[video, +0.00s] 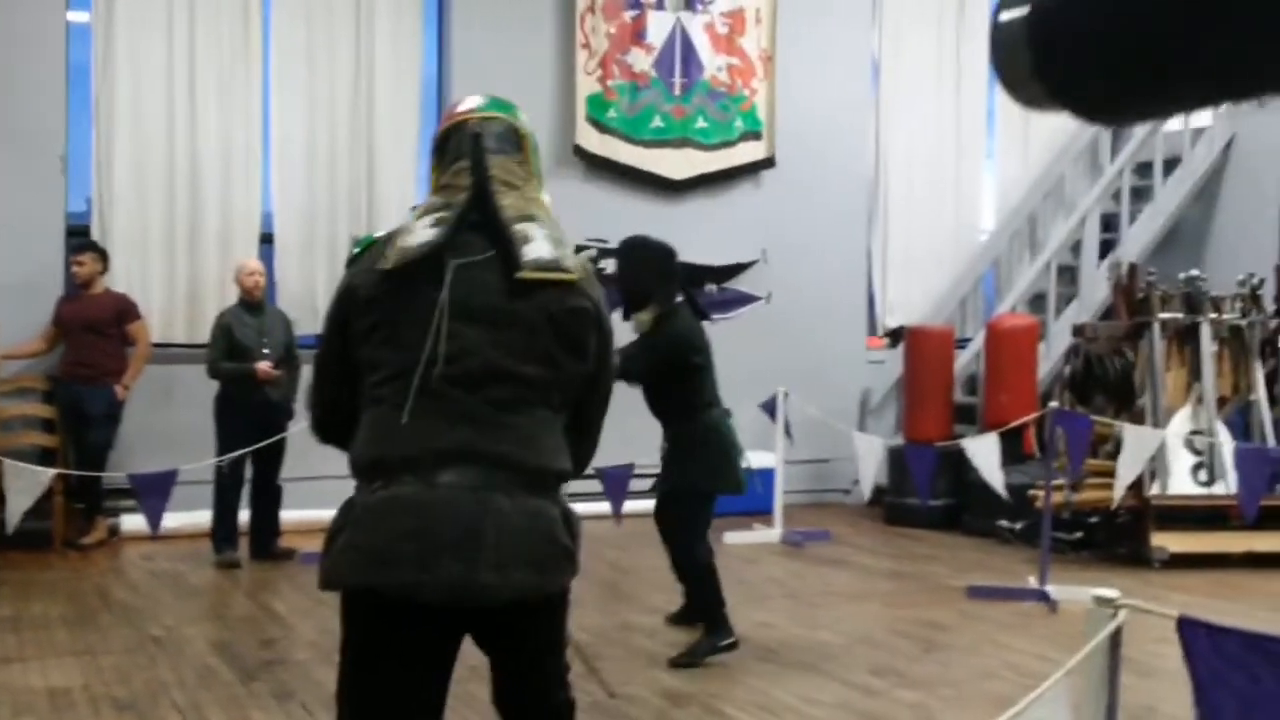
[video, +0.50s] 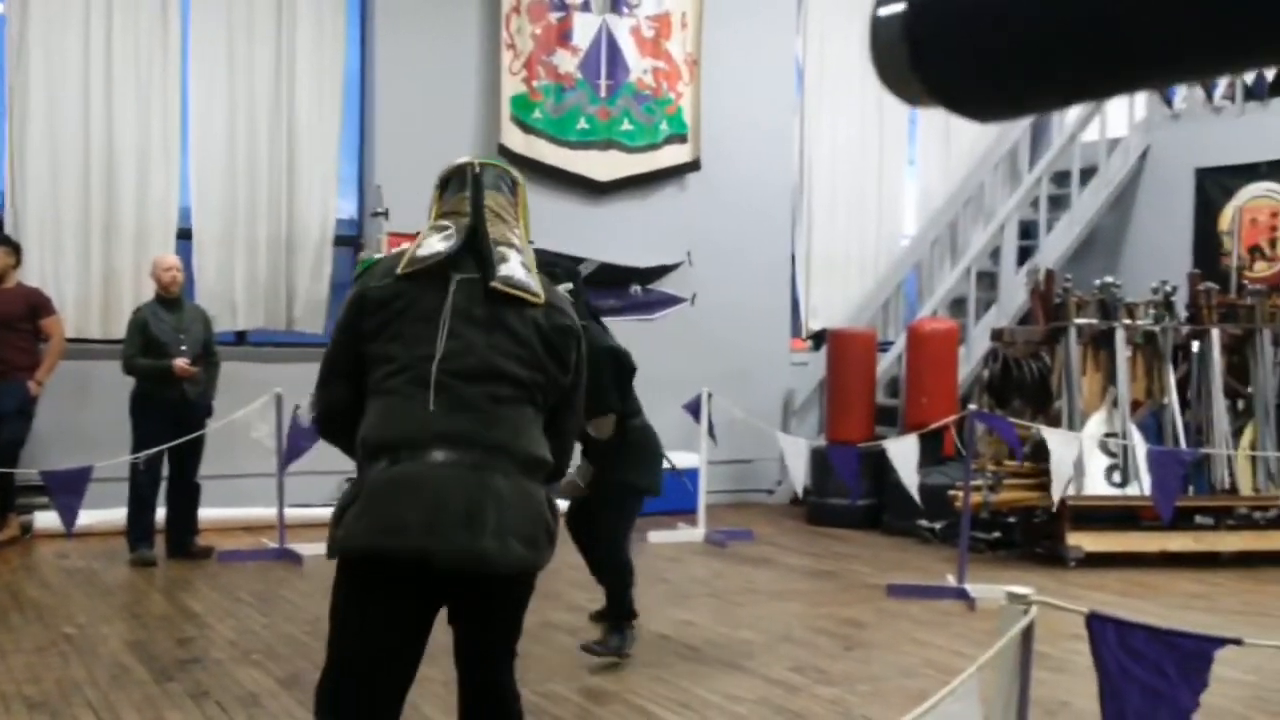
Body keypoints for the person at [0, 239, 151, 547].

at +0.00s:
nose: (75, 269)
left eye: (82, 263)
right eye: (73, 264)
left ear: (101, 266)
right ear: (72, 268)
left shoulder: (119, 303)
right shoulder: (67, 304)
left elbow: (144, 344)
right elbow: (45, 343)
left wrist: (126, 384)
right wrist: (5, 354)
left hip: (104, 389)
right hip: (69, 387)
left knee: (93, 454)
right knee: (77, 455)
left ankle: (97, 521)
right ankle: (86, 520)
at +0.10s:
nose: (58, 267)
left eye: (65, 262)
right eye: (56, 263)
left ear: (84, 265)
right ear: (54, 266)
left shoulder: (103, 302)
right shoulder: (50, 302)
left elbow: (127, 342)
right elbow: (31, 340)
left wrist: (108, 383)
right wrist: (2, 351)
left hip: (86, 388)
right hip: (51, 386)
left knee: (75, 453)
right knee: (58, 454)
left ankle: (79, 520)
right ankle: (67, 519)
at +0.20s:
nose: (40, 267)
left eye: (47, 262)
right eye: (38, 262)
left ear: (66, 264)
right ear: (37, 266)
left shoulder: (86, 302)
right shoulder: (31, 302)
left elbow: (110, 343)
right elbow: (14, 336)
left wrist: (91, 384)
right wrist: (1, 348)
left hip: (69, 387)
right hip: (33, 385)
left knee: (58, 453)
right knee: (40, 453)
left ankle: (60, 519)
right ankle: (52, 518)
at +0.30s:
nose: (20, 265)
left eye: (27, 259)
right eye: (17, 260)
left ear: (45, 263)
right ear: (15, 264)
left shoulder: (63, 300)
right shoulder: (10, 301)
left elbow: (88, 340)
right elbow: (8, 341)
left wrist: (69, 382)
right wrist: (7, 375)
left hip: (48, 385)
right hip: (13, 384)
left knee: (35, 452)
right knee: (21, 453)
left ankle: (40, 520)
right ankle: (29, 517)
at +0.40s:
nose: (2, 263)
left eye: (8, 258)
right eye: (1, 258)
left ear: (26, 260)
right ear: (3, 261)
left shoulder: (43, 298)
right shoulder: (6, 295)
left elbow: (70, 338)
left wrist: (50, 380)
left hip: (27, 384)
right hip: (7, 383)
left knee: (16, 455)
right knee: (9, 454)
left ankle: (18, 519)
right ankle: (19, 519)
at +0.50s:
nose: (0, 260)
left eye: (4, 255)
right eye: (0, 255)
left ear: (15, 260)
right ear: (5, 260)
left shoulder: (30, 297)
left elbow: (58, 338)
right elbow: (57, 337)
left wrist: (39, 379)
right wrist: (38, 378)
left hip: (17, 384)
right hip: (9, 384)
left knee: (7, 454)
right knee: (6, 455)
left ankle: (9, 519)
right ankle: (9, 519)